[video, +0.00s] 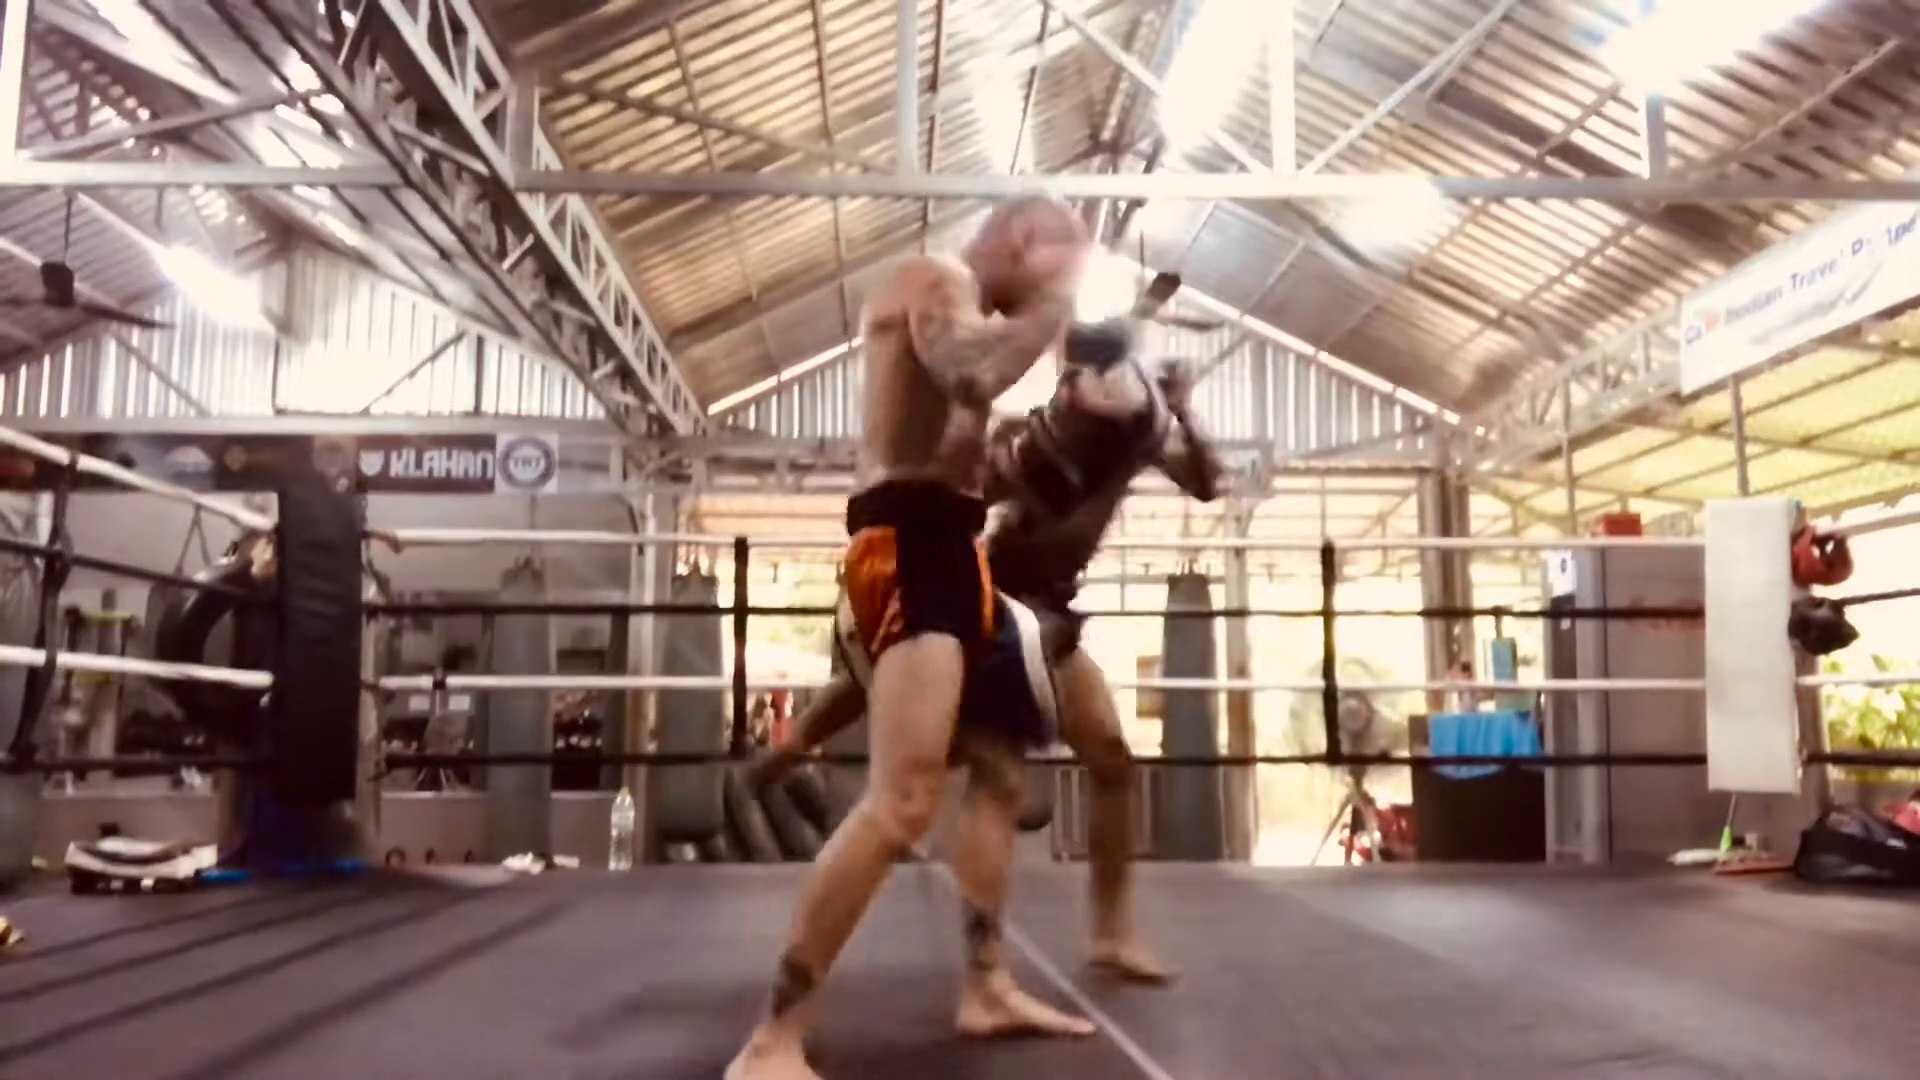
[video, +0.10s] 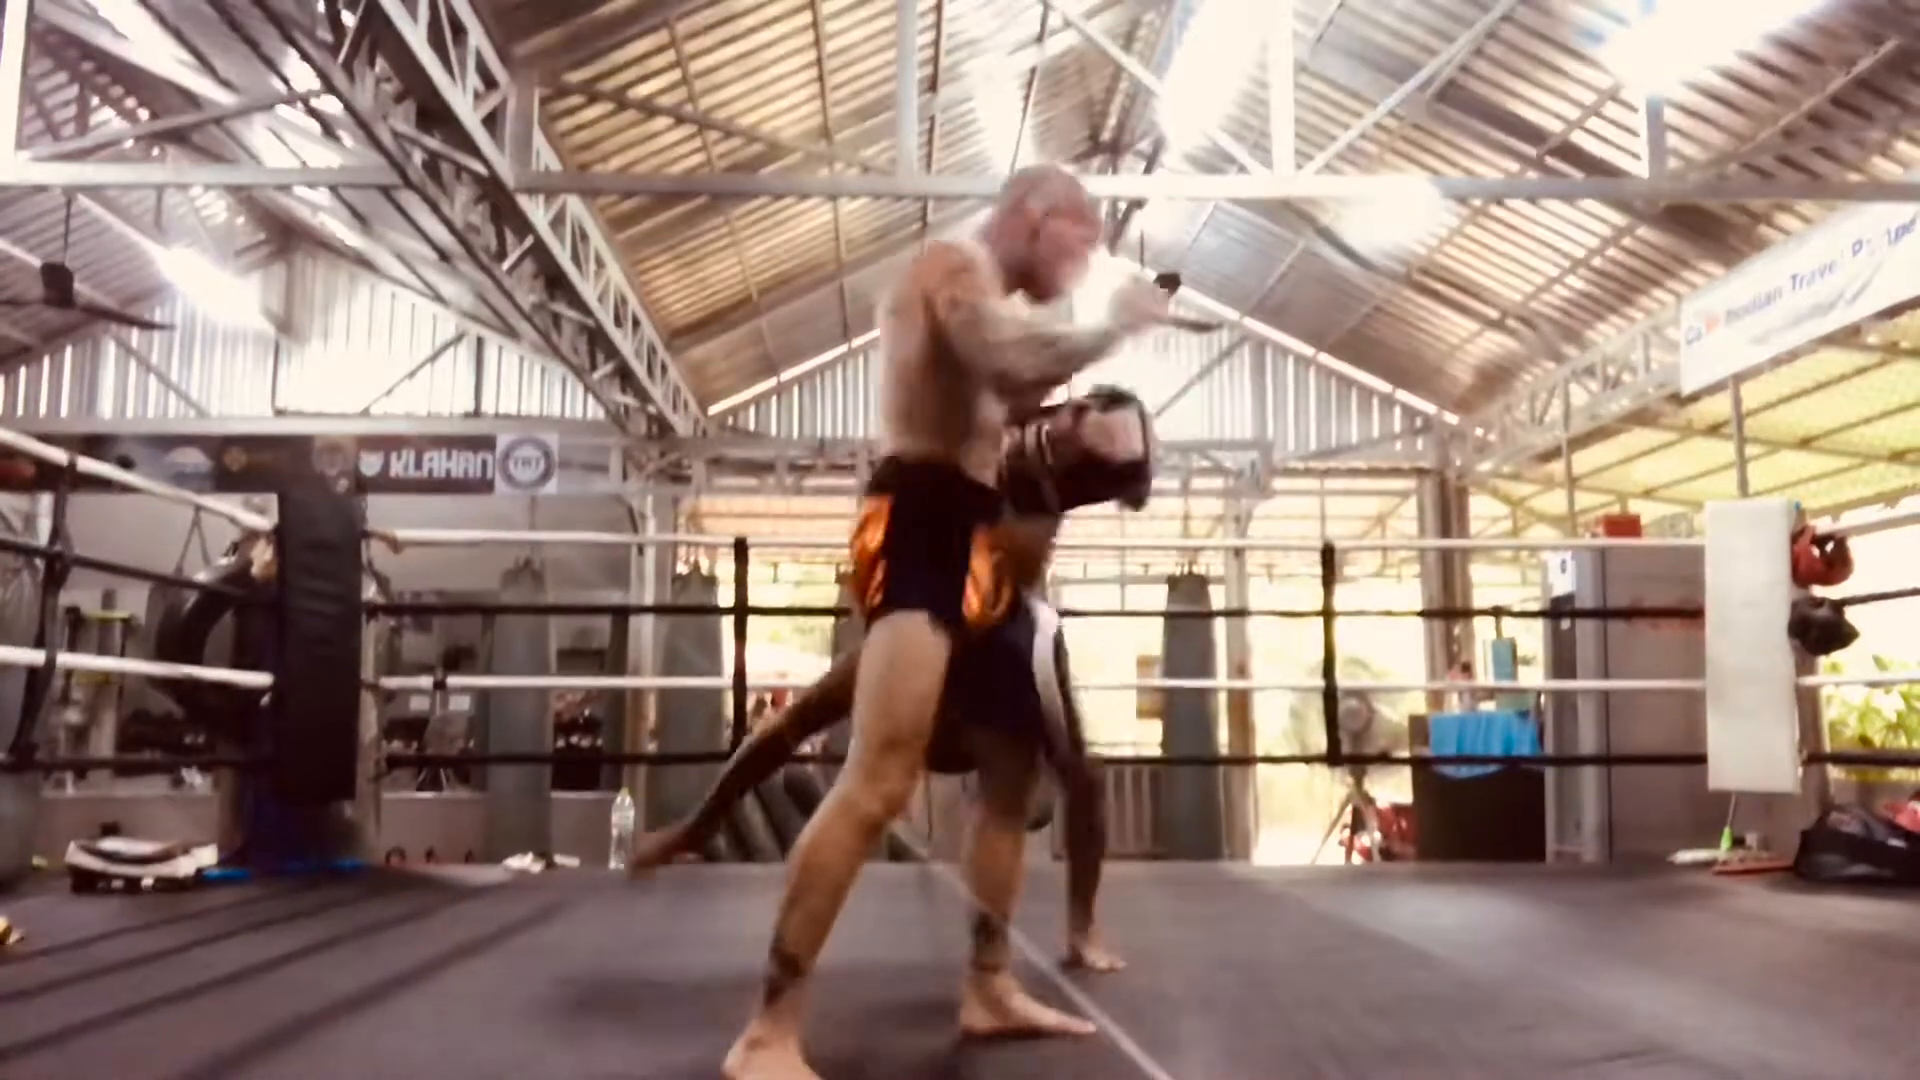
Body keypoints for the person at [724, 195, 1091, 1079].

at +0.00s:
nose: (1048, 286)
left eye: (1054, 272)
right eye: (1046, 265)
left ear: (1010, 245)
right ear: (1013, 240)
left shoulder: (971, 317)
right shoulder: (928, 277)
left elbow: (954, 467)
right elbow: (969, 372)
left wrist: (1022, 453)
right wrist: (1057, 308)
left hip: (956, 544)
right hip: (910, 539)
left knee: (998, 782)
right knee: (900, 804)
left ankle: (986, 987)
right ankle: (774, 1042)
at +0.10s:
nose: (1086, 264)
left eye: (1092, 248)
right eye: (1082, 242)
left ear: (1035, 220)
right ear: (1036, 217)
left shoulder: (1004, 304)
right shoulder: (951, 262)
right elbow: (1001, 356)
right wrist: (1117, 322)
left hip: (982, 536)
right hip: (922, 521)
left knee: (1014, 775)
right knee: (877, 784)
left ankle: (990, 987)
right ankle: (768, 1033)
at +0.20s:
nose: (1108, 238)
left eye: (1112, 224)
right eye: (1101, 219)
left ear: (1051, 204)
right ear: (1053, 199)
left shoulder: (1015, 277)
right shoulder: (981, 246)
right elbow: (1045, 353)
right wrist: (1154, 350)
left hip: (995, 520)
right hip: (946, 504)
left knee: (1023, 766)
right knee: (883, 770)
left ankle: (1006, 986)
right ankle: (769, 1022)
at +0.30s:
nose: (1134, 240)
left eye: (1133, 222)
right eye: (1128, 220)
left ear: (1067, 214)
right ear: (1081, 213)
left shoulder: (1006, 288)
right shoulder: (1037, 259)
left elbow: (918, 440)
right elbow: (1102, 375)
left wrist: (1052, 482)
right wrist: (1171, 402)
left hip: (1005, 522)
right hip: (980, 509)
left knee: (1053, 765)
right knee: (902, 770)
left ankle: (1056, 993)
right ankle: (773, 1014)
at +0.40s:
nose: (1147, 254)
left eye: (1143, 239)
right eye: (1141, 237)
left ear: (1075, 231)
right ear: (1115, 229)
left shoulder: (1010, 314)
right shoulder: (1097, 277)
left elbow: (920, 438)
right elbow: (1166, 412)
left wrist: (974, 509)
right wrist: (1178, 455)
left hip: (991, 524)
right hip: (1033, 523)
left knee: (1083, 780)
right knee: (973, 782)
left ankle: (1075, 1004)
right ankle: (802, 993)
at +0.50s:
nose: (1162, 252)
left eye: (1155, 240)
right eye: (1158, 240)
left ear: (1082, 244)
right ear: (1144, 237)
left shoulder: (1028, 326)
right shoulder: (1149, 289)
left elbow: (946, 432)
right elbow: (1196, 411)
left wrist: (1007, 500)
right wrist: (1184, 478)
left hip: (1016, 533)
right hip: (1091, 520)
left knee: (1080, 788)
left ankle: (1077, 1006)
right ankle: (921, 942)